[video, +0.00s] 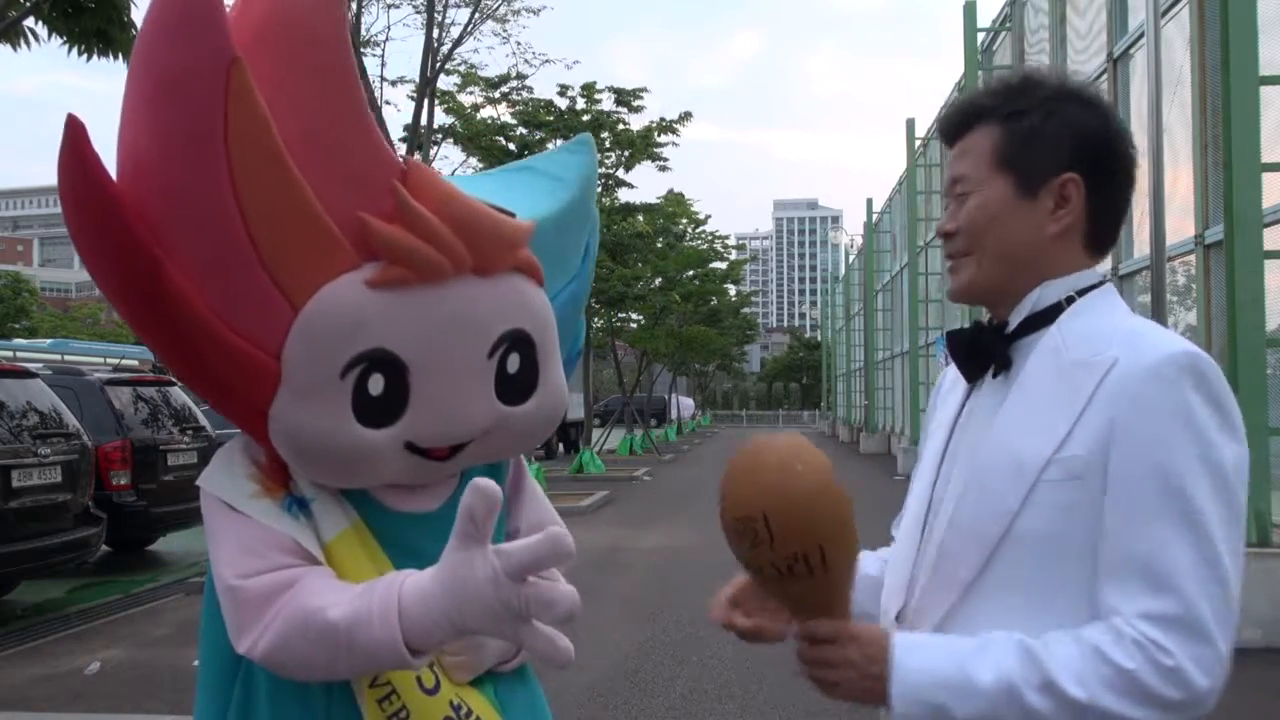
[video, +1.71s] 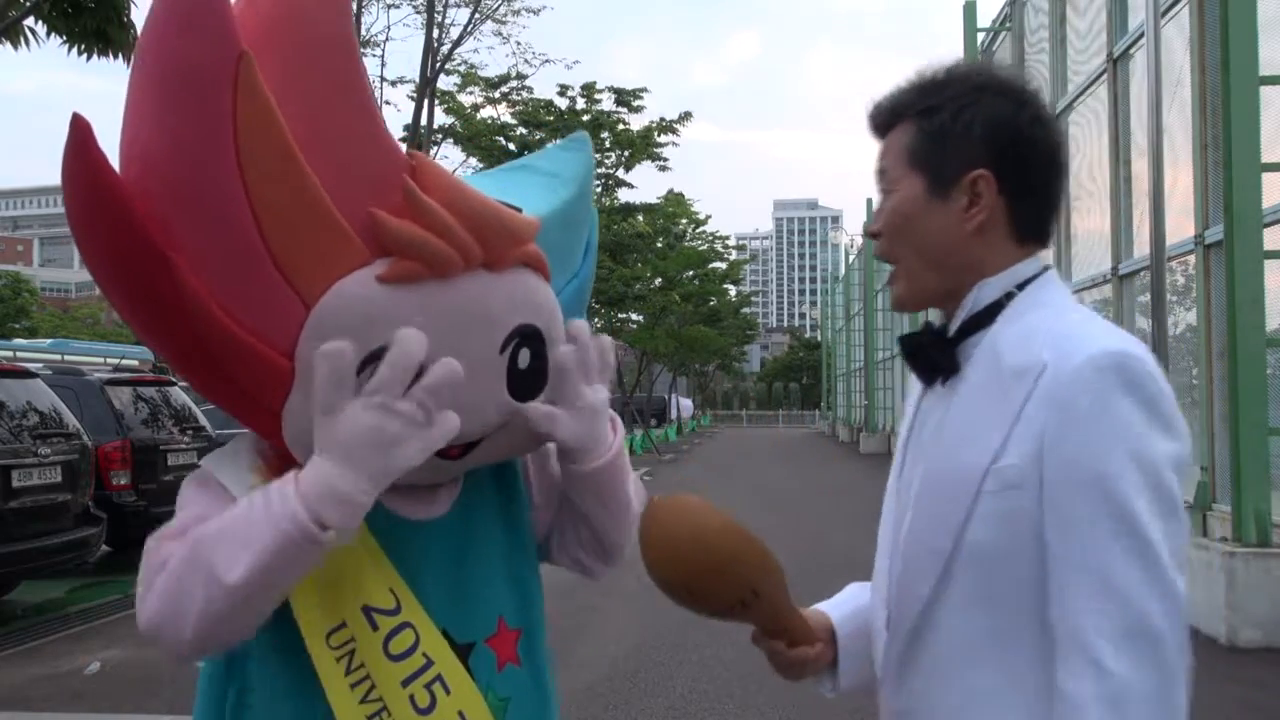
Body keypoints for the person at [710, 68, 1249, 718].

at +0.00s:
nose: (942, 225)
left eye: (962, 194)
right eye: (945, 201)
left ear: (1059, 203)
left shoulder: (1155, 375)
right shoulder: (965, 371)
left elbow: (1172, 665)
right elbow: (927, 572)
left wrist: (903, 672)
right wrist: (808, 592)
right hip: (915, 715)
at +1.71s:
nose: (871, 228)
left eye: (887, 191)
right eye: (879, 195)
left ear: (974, 199)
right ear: (970, 202)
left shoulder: (1092, 373)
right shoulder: (947, 365)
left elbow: (1125, 680)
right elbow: (940, 582)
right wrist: (834, 631)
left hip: (1011, 707)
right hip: (915, 706)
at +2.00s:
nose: (833, 251)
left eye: (845, 218)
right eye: (837, 222)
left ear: (928, 223)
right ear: (927, 226)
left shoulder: (1055, 374)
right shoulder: (911, 389)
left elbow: (1151, 673)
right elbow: (910, 598)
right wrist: (815, 659)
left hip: (1031, 711)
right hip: (927, 709)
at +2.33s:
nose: (893, 232)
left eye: (908, 198)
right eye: (899, 202)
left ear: (992, 207)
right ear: (992, 210)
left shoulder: (1109, 361)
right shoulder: (967, 365)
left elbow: (1123, 669)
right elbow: (945, 579)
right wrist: (828, 630)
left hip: (1016, 705)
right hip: (930, 703)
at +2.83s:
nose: (999, 228)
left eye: (1019, 195)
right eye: (1008, 199)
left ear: (1118, 208)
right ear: (1117, 211)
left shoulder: (1153, 390)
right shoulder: (1076, 351)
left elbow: (1143, 701)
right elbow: (988, 288)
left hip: (986, 704)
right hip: (930, 696)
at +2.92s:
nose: (993, 223)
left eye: (1011, 189)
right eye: (1002, 191)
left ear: (1109, 204)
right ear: (1108, 207)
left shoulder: (1149, 389)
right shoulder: (1085, 347)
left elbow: (1141, 700)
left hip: (985, 704)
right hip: (923, 694)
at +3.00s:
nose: (986, 219)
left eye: (1002, 184)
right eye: (992, 187)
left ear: (1102, 198)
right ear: (1099, 200)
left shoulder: (1153, 385)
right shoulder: (1074, 337)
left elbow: (1145, 699)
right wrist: (1118, 71)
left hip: (989, 703)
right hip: (917, 691)